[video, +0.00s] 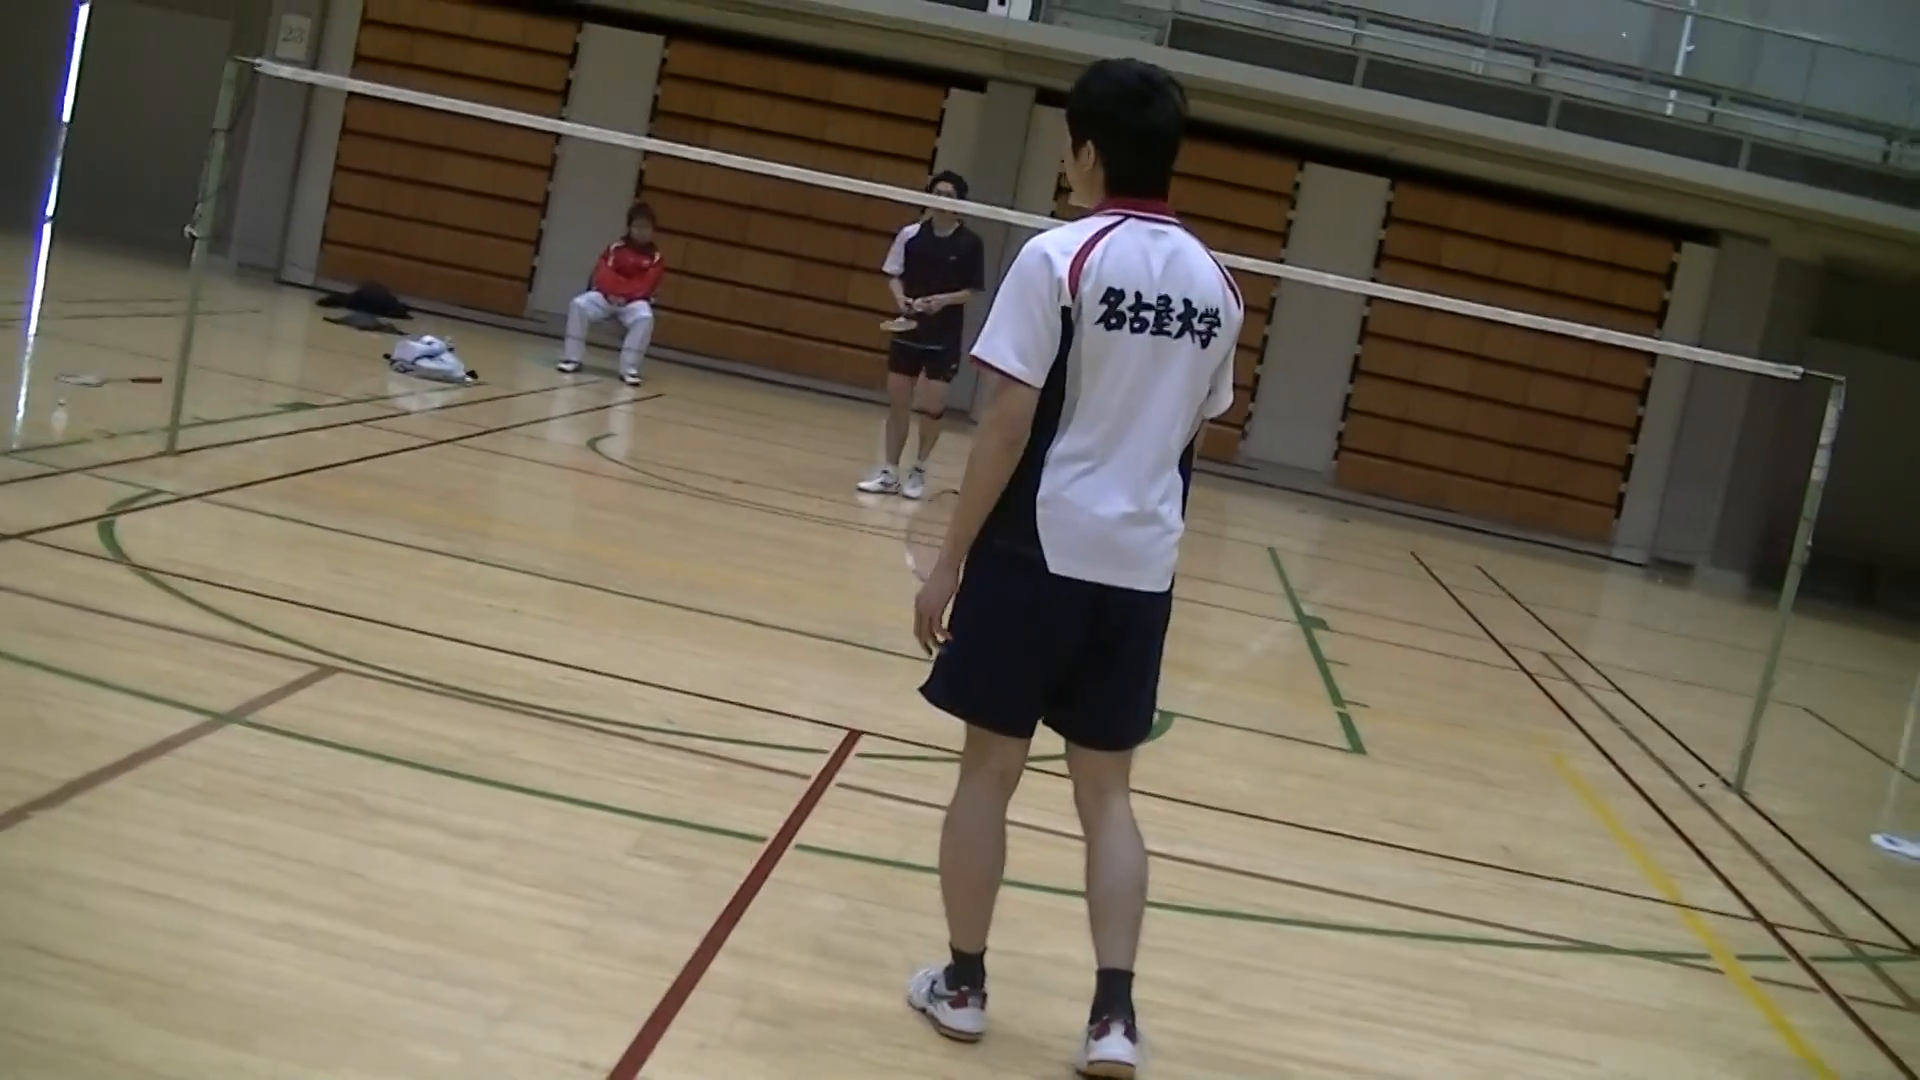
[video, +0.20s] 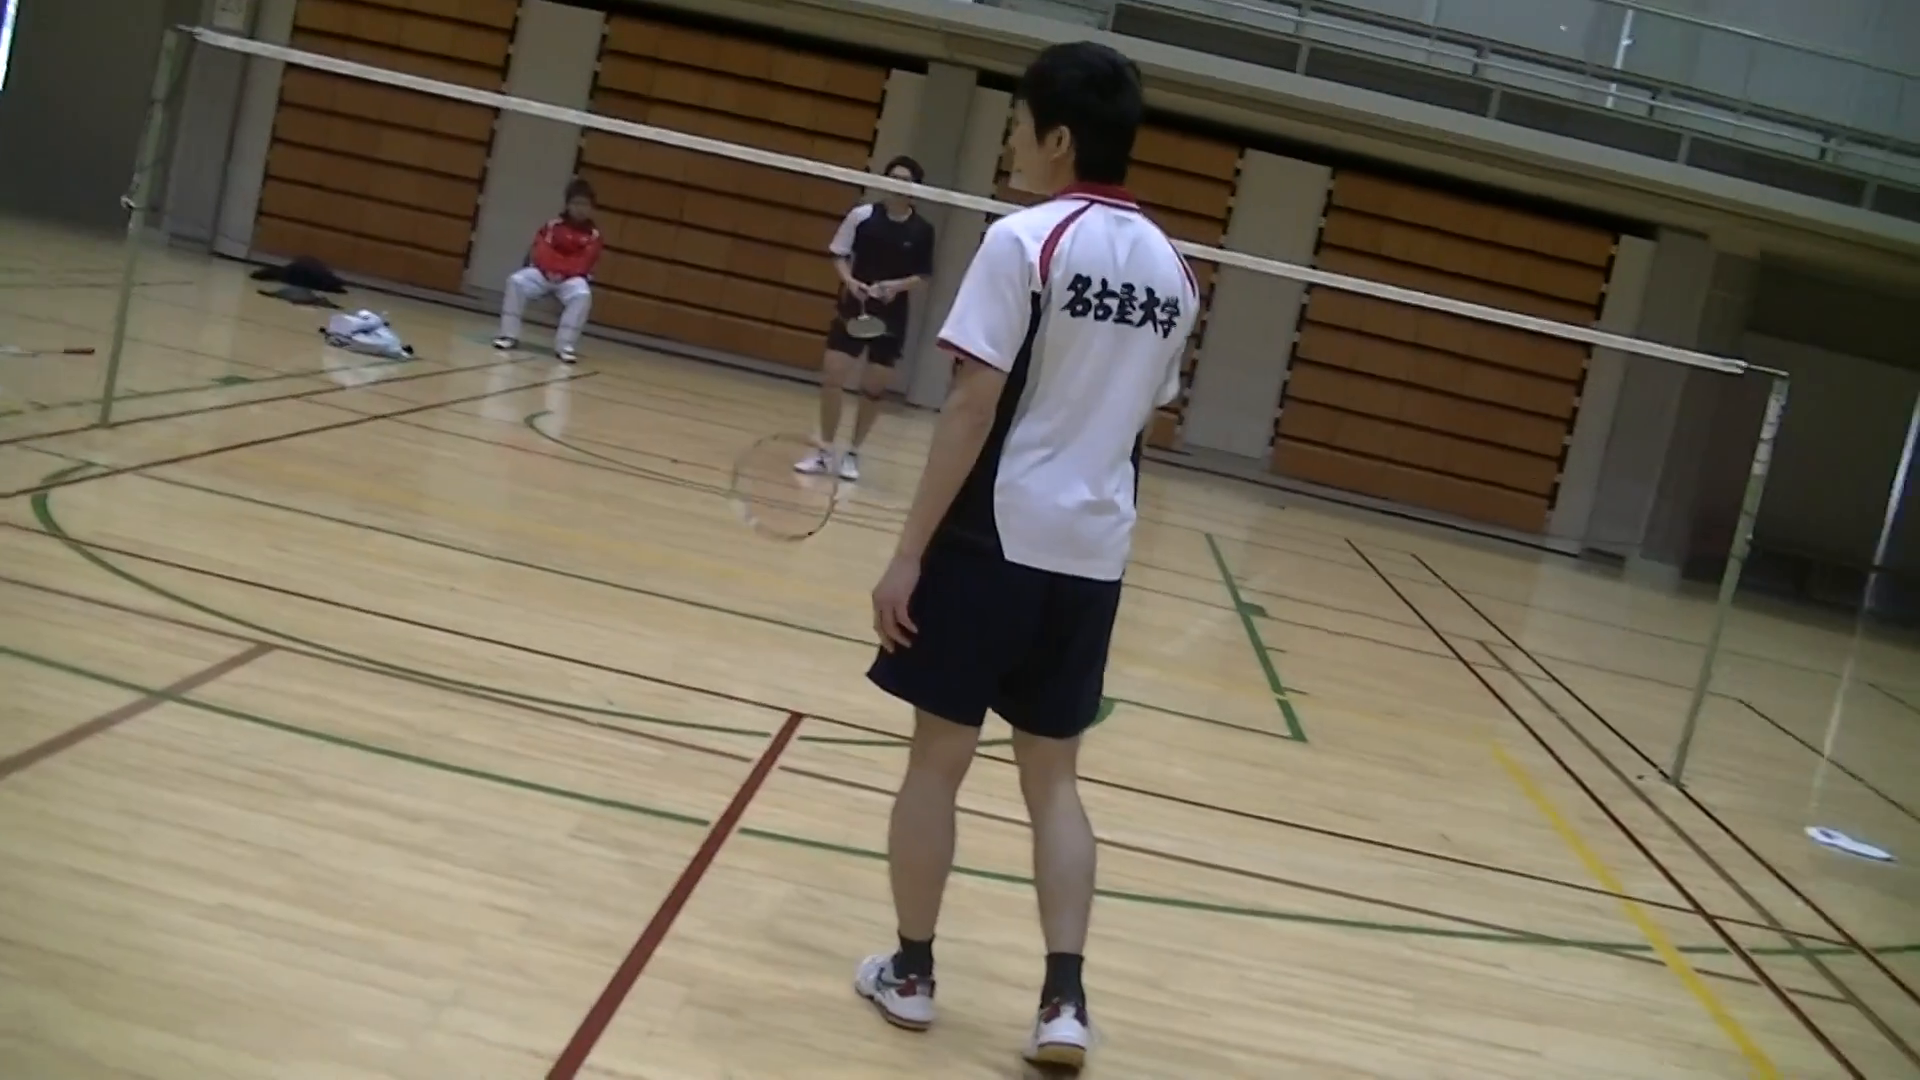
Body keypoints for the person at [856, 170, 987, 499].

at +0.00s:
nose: (941, 199)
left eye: (948, 195)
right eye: (937, 193)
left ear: (960, 203)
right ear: (928, 197)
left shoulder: (970, 242)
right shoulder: (909, 235)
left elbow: (972, 291)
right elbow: (893, 275)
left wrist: (941, 300)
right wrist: (902, 299)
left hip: (944, 336)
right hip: (907, 329)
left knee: (931, 407)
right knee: (897, 401)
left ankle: (918, 470)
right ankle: (890, 471)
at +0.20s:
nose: (898, 184)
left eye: (906, 180)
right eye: (894, 177)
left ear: (915, 188)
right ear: (884, 181)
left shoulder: (922, 230)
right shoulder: (861, 215)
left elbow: (923, 276)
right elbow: (839, 254)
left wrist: (896, 287)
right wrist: (850, 280)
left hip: (891, 313)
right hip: (853, 304)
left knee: (874, 387)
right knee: (833, 376)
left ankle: (852, 454)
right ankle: (825, 451)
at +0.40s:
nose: (890, 173)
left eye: (898, 169)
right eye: (887, 166)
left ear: (907, 177)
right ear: (877, 169)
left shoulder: (910, 220)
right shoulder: (850, 201)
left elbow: (906, 266)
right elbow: (825, 241)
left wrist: (882, 278)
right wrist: (836, 272)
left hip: (872, 302)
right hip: (836, 291)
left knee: (854, 376)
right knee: (814, 361)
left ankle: (828, 442)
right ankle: (795, 437)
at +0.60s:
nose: (830, 249)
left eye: (838, 244)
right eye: (826, 240)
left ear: (845, 253)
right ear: (815, 242)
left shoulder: (843, 296)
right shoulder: (787, 276)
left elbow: (843, 339)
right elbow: (761, 320)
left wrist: (823, 359)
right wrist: (751, 362)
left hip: (804, 379)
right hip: (770, 369)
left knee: (790, 449)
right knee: (755, 440)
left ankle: (758, 514)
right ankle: (736, 514)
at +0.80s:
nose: (717, 329)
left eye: (724, 325)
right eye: (712, 322)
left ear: (732, 334)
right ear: (700, 326)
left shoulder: (736, 375)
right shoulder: (675, 362)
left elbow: (737, 420)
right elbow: (649, 407)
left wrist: (723, 442)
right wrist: (634, 451)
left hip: (705, 467)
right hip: (669, 459)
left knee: (690, 540)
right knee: (656, 532)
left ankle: (666, 603)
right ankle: (641, 606)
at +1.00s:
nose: (669, 381)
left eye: (675, 376)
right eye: (663, 375)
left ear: (685, 385)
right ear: (653, 382)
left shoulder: (699, 426)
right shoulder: (637, 423)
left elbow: (707, 468)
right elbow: (620, 476)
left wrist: (695, 491)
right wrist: (607, 523)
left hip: (682, 525)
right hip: (644, 522)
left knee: (676, 598)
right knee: (639, 595)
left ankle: (660, 660)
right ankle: (634, 668)